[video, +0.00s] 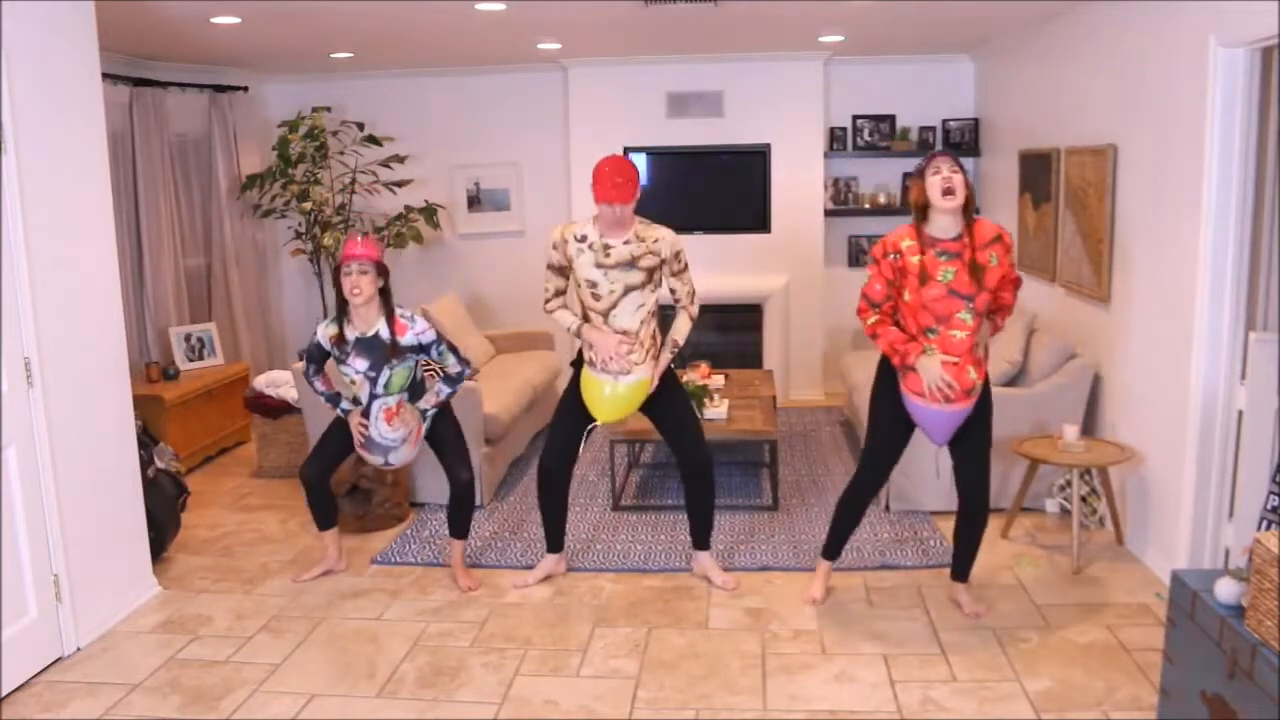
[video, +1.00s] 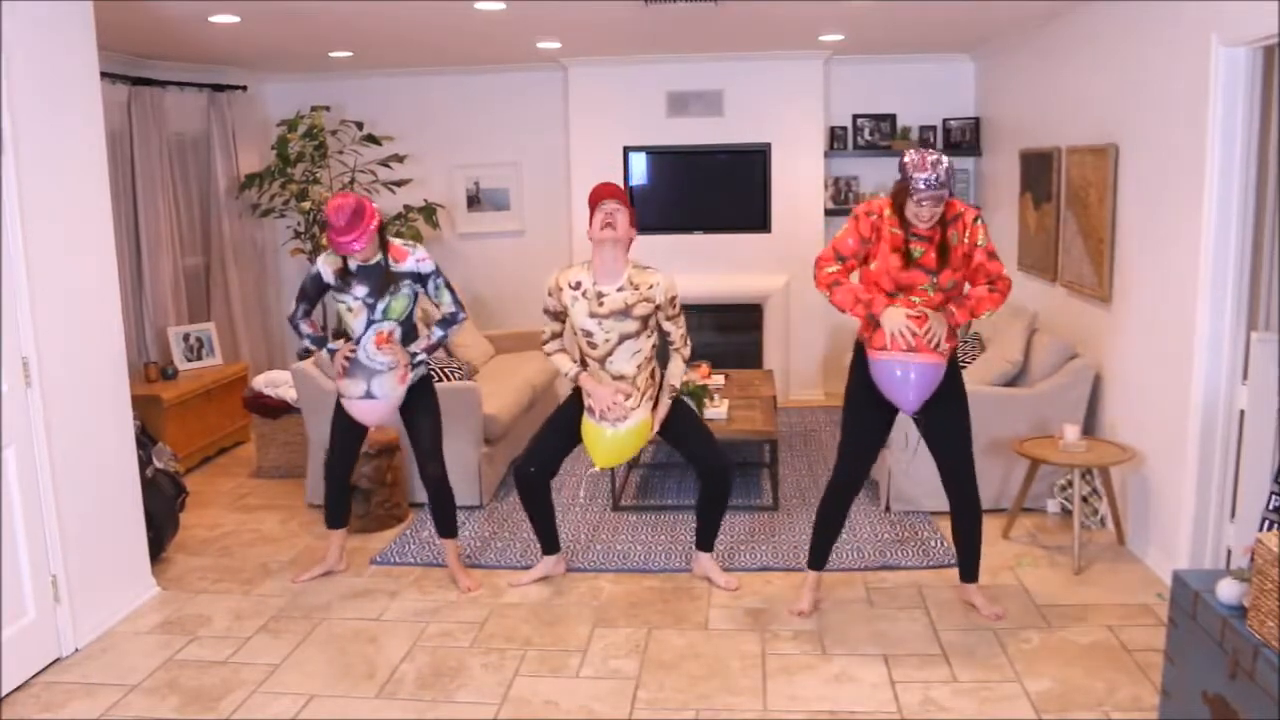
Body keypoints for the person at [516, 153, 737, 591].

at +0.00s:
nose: (616, 212)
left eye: (624, 203)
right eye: (608, 203)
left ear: (636, 197)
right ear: (594, 197)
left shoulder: (662, 242)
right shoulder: (566, 240)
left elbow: (688, 305)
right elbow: (553, 303)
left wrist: (664, 357)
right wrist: (590, 333)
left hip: (650, 366)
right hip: (591, 367)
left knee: (696, 455)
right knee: (553, 461)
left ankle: (702, 553)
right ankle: (554, 555)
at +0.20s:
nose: (615, 224)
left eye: (623, 214)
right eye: (606, 215)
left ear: (634, 211)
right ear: (592, 211)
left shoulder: (658, 256)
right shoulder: (567, 256)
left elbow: (682, 321)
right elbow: (553, 319)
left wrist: (664, 373)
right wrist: (588, 351)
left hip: (652, 382)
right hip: (592, 384)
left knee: (707, 463)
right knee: (541, 470)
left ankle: (703, 555)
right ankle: (553, 556)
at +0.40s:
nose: (612, 208)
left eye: (620, 200)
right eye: (603, 201)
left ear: (633, 208)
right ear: (589, 210)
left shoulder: (657, 264)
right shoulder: (567, 263)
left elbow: (684, 328)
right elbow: (553, 326)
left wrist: (662, 386)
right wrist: (584, 361)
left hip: (652, 385)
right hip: (592, 388)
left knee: (705, 465)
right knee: (540, 469)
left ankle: (701, 555)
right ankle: (553, 556)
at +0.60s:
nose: (610, 206)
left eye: (618, 200)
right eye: (602, 201)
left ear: (632, 213)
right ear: (589, 216)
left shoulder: (656, 272)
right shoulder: (567, 269)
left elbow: (684, 335)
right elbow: (554, 332)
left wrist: (662, 395)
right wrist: (588, 370)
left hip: (651, 387)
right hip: (591, 388)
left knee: (704, 464)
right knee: (537, 468)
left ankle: (702, 556)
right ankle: (552, 556)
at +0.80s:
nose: (608, 209)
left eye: (617, 206)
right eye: (601, 206)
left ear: (633, 224)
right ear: (589, 223)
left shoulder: (656, 279)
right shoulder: (566, 278)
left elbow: (681, 343)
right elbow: (554, 340)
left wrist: (661, 402)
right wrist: (587, 377)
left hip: (652, 392)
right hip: (591, 394)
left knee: (712, 467)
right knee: (533, 470)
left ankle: (703, 555)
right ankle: (552, 556)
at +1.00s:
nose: (607, 214)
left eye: (618, 212)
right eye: (600, 212)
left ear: (632, 233)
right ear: (588, 231)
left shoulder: (655, 284)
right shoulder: (565, 284)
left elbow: (680, 349)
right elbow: (552, 345)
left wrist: (662, 406)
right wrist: (588, 383)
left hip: (652, 393)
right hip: (590, 395)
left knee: (717, 466)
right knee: (529, 470)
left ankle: (704, 554)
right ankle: (552, 556)